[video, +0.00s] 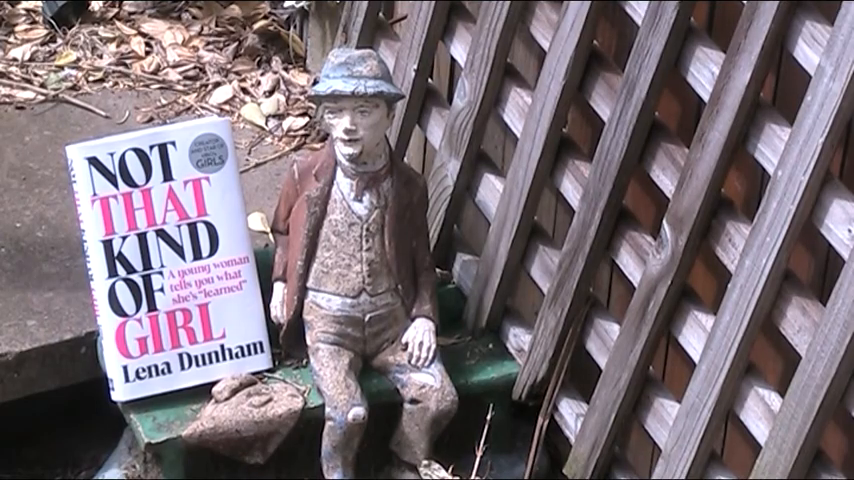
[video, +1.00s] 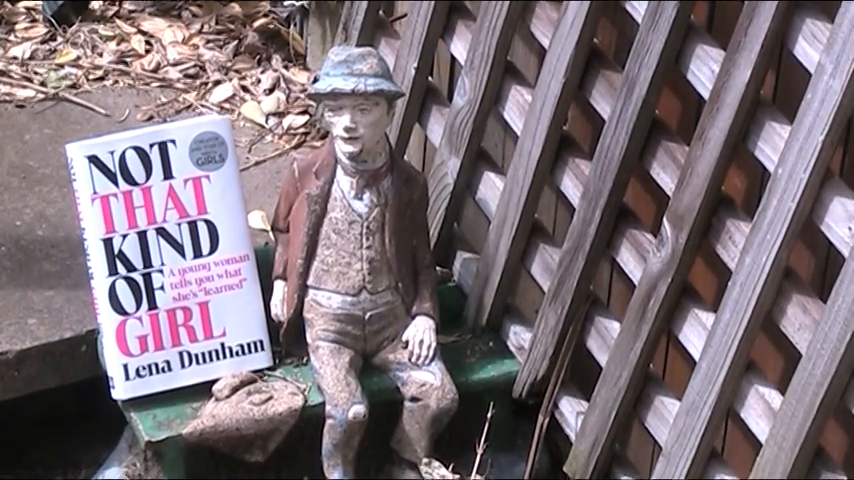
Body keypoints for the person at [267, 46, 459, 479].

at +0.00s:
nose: (348, 125)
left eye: (364, 111)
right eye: (336, 112)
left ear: (388, 115)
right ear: (323, 117)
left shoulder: (409, 185)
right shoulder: (304, 174)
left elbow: (423, 261)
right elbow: (283, 233)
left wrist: (424, 316)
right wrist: (281, 282)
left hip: (393, 322)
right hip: (328, 322)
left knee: (438, 398)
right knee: (349, 415)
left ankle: (407, 457)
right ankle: (337, 472)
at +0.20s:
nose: (348, 125)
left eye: (364, 111)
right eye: (336, 112)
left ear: (388, 115)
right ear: (323, 117)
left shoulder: (409, 184)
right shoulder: (304, 173)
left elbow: (423, 261)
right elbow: (283, 232)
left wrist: (424, 315)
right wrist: (281, 281)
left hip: (393, 322)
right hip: (328, 322)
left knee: (438, 398)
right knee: (349, 414)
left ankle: (407, 458)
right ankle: (337, 471)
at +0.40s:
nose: (348, 124)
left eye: (364, 111)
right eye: (336, 111)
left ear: (388, 114)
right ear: (323, 116)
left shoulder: (409, 184)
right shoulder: (304, 173)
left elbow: (423, 261)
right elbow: (283, 232)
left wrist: (425, 315)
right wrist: (281, 281)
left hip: (393, 322)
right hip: (328, 321)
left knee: (438, 398)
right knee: (349, 414)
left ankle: (406, 458)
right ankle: (338, 472)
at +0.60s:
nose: (349, 127)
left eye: (364, 113)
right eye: (336, 114)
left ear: (389, 116)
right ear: (323, 118)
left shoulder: (409, 186)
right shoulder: (305, 175)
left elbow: (423, 263)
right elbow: (283, 235)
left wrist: (425, 317)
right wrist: (282, 284)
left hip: (394, 325)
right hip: (329, 324)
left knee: (438, 399)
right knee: (349, 416)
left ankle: (408, 461)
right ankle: (338, 472)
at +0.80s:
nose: (348, 126)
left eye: (364, 112)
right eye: (336, 113)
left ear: (389, 115)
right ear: (323, 117)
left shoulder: (409, 185)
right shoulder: (305, 174)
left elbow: (423, 263)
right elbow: (283, 234)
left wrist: (425, 316)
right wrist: (282, 283)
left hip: (393, 323)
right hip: (328, 323)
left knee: (438, 399)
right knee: (349, 415)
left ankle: (407, 459)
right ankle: (337, 472)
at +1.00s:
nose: (348, 124)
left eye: (364, 110)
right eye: (336, 110)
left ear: (389, 113)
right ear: (323, 115)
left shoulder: (409, 183)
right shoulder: (304, 171)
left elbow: (423, 260)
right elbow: (283, 231)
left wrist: (425, 314)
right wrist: (282, 281)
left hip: (393, 321)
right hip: (328, 321)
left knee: (438, 397)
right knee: (349, 413)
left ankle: (405, 459)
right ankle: (338, 471)